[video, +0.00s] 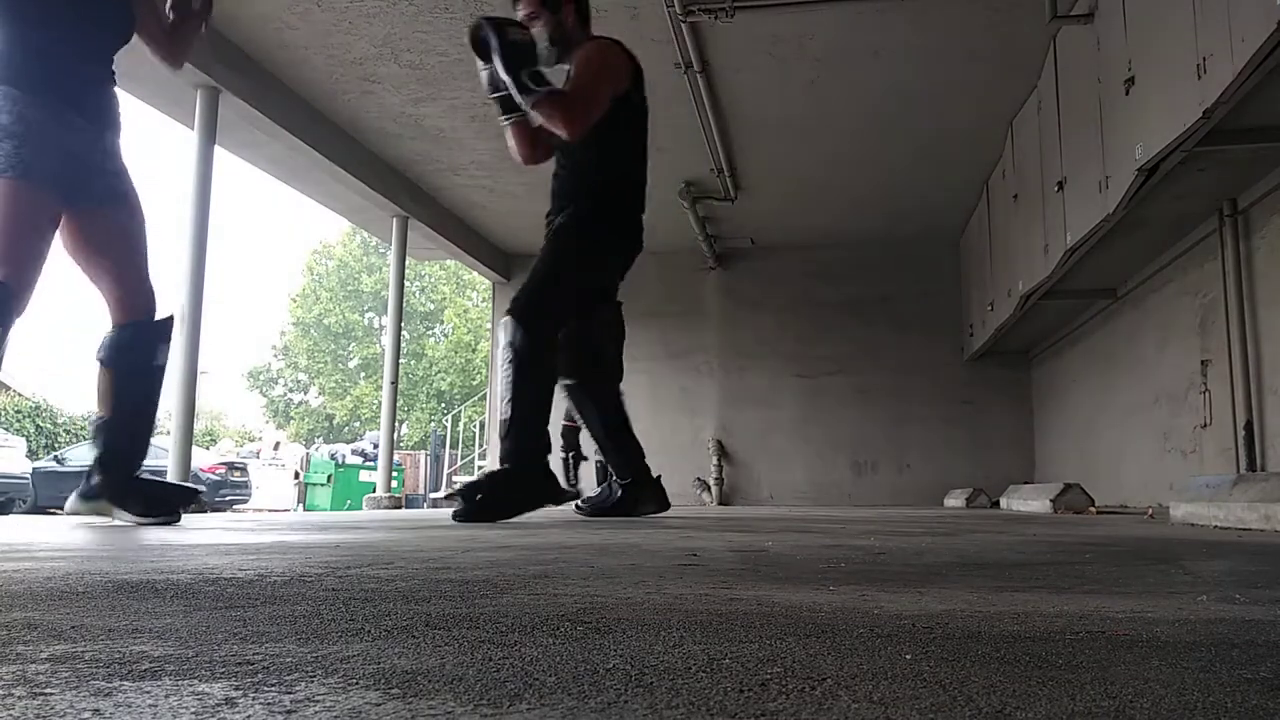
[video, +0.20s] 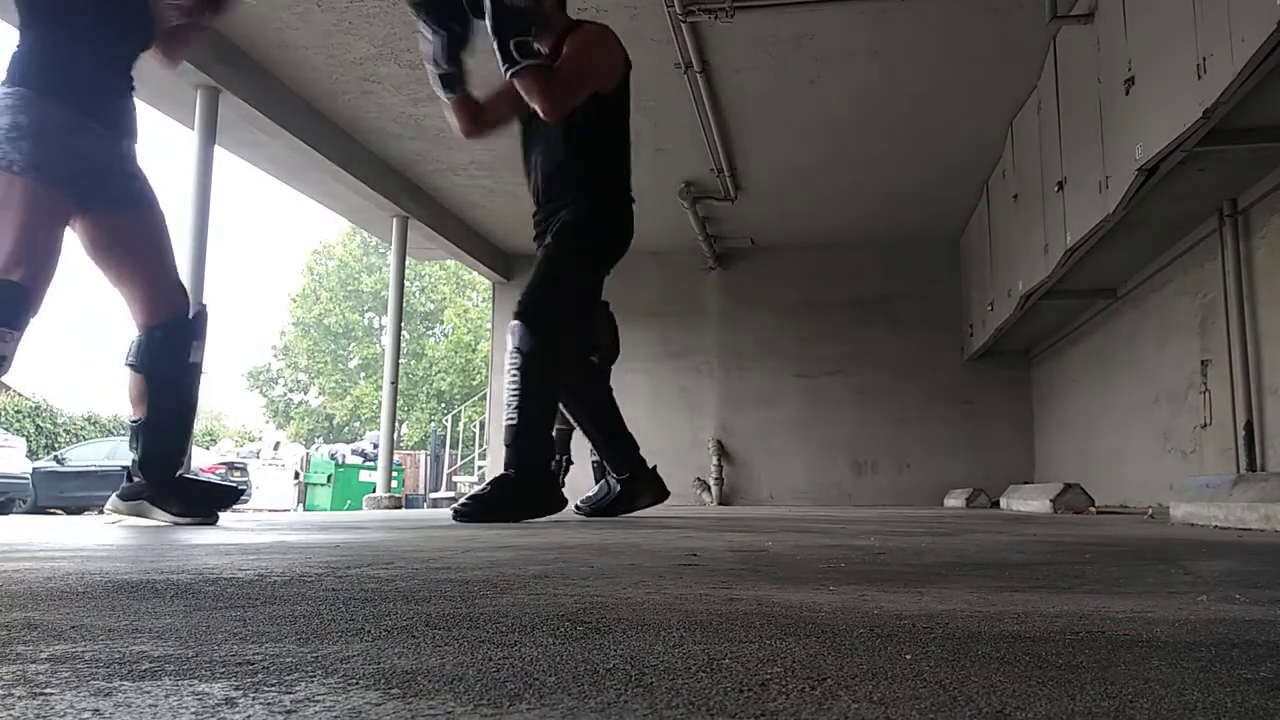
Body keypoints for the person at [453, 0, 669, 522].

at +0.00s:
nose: (529, 31)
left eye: (536, 18)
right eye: (525, 23)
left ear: (570, 10)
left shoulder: (603, 54)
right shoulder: (573, 79)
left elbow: (570, 120)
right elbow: (530, 151)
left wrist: (519, 69)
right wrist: (502, 92)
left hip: (595, 230)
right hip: (578, 233)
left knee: (527, 323)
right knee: (580, 366)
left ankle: (524, 469)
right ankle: (633, 481)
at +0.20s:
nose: (519, 16)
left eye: (524, 6)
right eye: (515, 11)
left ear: (550, 2)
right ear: (525, 20)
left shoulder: (593, 40)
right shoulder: (535, 67)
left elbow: (551, 102)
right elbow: (473, 121)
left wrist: (511, 42)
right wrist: (445, 64)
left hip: (594, 220)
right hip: (557, 227)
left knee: (534, 324)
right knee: (564, 352)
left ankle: (529, 477)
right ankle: (630, 474)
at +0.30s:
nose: (510, 18)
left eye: (517, 8)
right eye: (504, 13)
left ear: (549, 3)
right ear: (506, 20)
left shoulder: (593, 42)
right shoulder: (510, 56)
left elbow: (564, 103)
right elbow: (430, 75)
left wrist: (517, 41)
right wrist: (402, 27)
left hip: (593, 220)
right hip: (551, 229)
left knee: (533, 322)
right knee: (577, 359)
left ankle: (525, 476)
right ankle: (640, 477)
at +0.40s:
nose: (518, 13)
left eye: (525, 7)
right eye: (512, 10)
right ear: (510, 10)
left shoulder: (599, 34)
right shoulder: (503, 33)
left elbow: (599, 108)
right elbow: (424, 26)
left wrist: (549, 57)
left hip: (576, 218)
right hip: (531, 222)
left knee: (518, 326)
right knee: (543, 352)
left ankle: (517, 484)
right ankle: (621, 460)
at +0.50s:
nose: (540, 3)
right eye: (533, 3)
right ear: (528, 0)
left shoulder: (619, 34)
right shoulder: (511, 24)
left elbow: (635, 94)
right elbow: (427, 10)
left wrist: (574, 41)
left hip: (556, 210)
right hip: (494, 207)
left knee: (504, 325)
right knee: (447, 338)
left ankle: (518, 485)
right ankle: (519, 418)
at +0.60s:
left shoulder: (627, 40)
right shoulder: (514, 24)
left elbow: (643, 82)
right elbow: (434, 41)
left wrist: (582, 19)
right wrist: (351, 37)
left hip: (545, 207)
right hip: (476, 187)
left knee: (501, 320)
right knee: (364, 272)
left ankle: (514, 482)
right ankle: (351, 298)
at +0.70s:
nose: (551, 7)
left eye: (562, 1)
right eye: (544, 6)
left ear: (586, 1)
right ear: (539, 4)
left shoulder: (627, 53)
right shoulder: (513, 37)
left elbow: (633, 88)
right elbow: (456, 92)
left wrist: (577, 22)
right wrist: (377, 116)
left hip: (521, 222)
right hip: (449, 182)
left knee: (496, 341)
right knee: (309, 215)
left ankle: (491, 487)